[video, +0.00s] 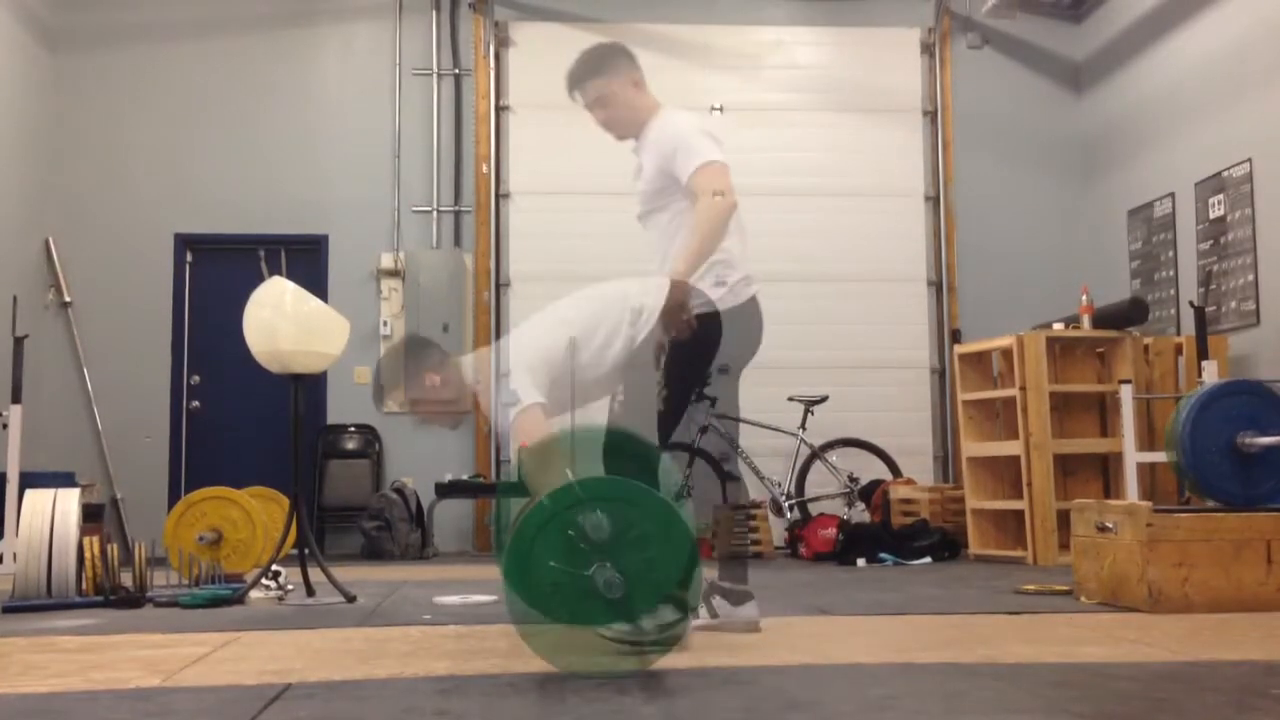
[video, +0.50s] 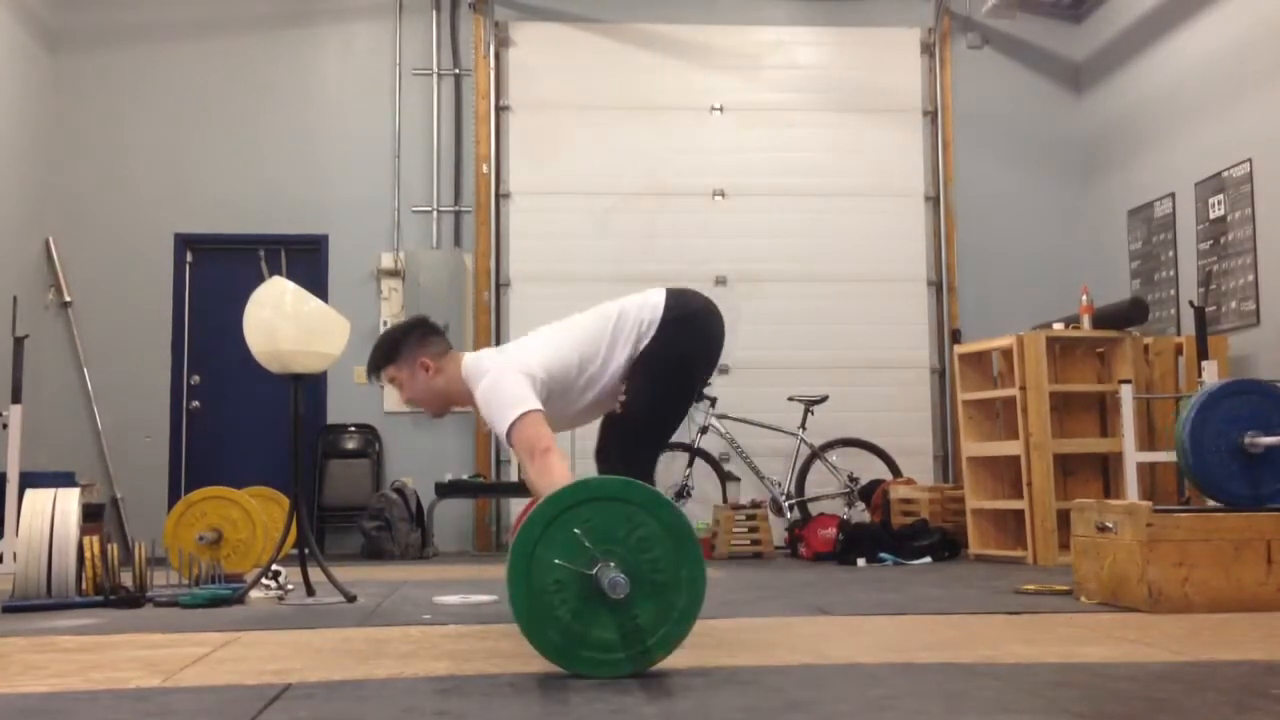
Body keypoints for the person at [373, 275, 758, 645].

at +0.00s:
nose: (426, 420)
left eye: (418, 408)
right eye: (415, 416)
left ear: (434, 376)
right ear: (435, 374)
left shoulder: (510, 377)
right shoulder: (499, 376)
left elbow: (551, 488)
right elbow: (548, 484)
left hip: (694, 319)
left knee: (689, 466)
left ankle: (729, 595)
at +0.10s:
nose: (420, 421)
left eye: (413, 409)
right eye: (410, 414)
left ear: (431, 380)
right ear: (432, 376)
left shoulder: (505, 381)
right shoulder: (491, 379)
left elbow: (550, 489)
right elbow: (545, 485)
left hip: (680, 318)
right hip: (656, 324)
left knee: (640, 471)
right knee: (628, 468)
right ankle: (641, 603)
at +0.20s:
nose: (417, 422)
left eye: (407, 411)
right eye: (406, 416)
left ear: (427, 379)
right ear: (430, 375)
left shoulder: (493, 381)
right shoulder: (485, 379)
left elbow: (538, 458)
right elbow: (532, 461)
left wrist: (570, 549)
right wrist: (566, 547)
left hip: (674, 317)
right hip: (655, 321)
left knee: (640, 466)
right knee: (632, 464)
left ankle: (653, 588)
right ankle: (644, 585)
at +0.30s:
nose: (412, 421)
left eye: (403, 409)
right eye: (401, 414)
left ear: (426, 382)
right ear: (428, 378)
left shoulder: (489, 384)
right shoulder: (484, 377)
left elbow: (540, 463)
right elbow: (531, 463)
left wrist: (567, 544)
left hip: (672, 314)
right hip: (658, 315)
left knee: (638, 469)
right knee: (633, 468)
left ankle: (645, 589)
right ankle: (640, 586)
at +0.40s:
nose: (406, 414)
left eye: (399, 400)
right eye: (397, 405)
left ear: (424, 377)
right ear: (427, 373)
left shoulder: (490, 383)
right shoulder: (484, 378)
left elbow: (537, 458)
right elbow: (531, 459)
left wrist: (571, 538)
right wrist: (545, 516)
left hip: (675, 316)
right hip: (655, 320)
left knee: (638, 465)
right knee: (626, 465)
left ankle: (643, 583)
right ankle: (632, 580)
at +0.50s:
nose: (402, 400)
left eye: (398, 385)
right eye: (394, 389)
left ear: (425, 367)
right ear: (429, 364)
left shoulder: (494, 379)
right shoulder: (488, 378)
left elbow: (542, 456)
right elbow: (534, 461)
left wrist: (579, 540)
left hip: (681, 320)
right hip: (668, 322)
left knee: (625, 454)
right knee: (618, 453)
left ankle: (631, 580)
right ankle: (625, 577)